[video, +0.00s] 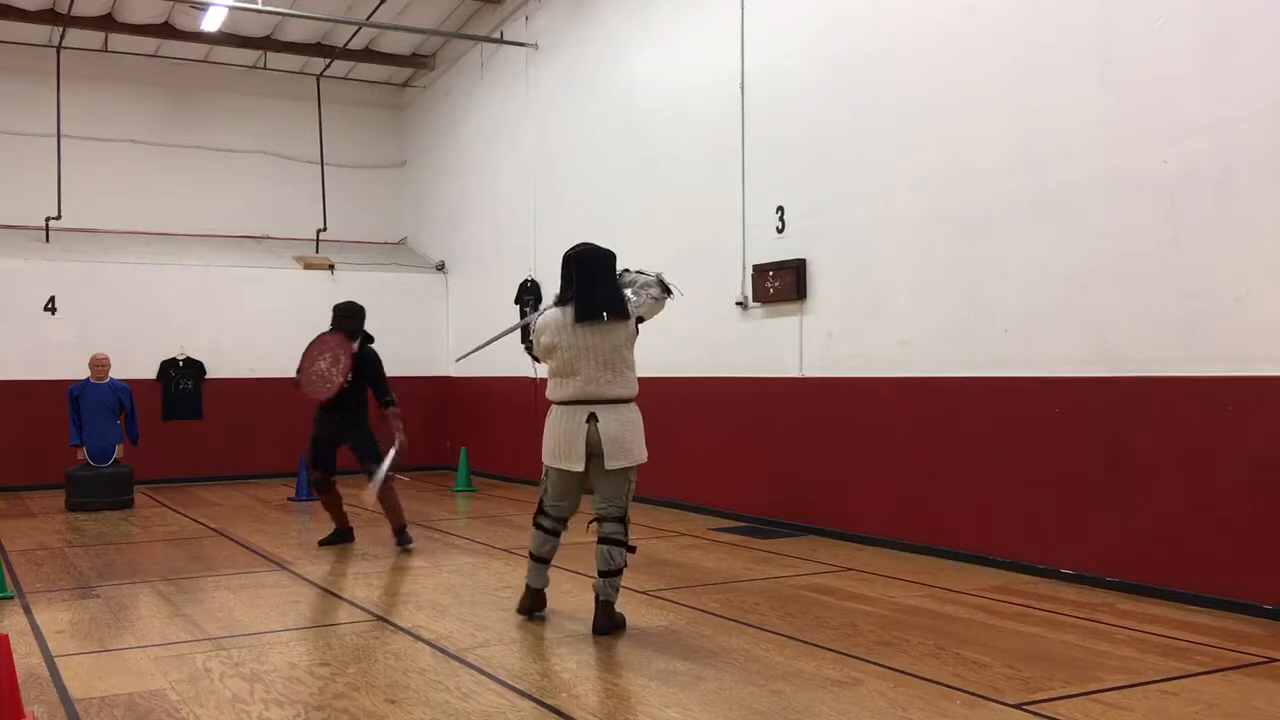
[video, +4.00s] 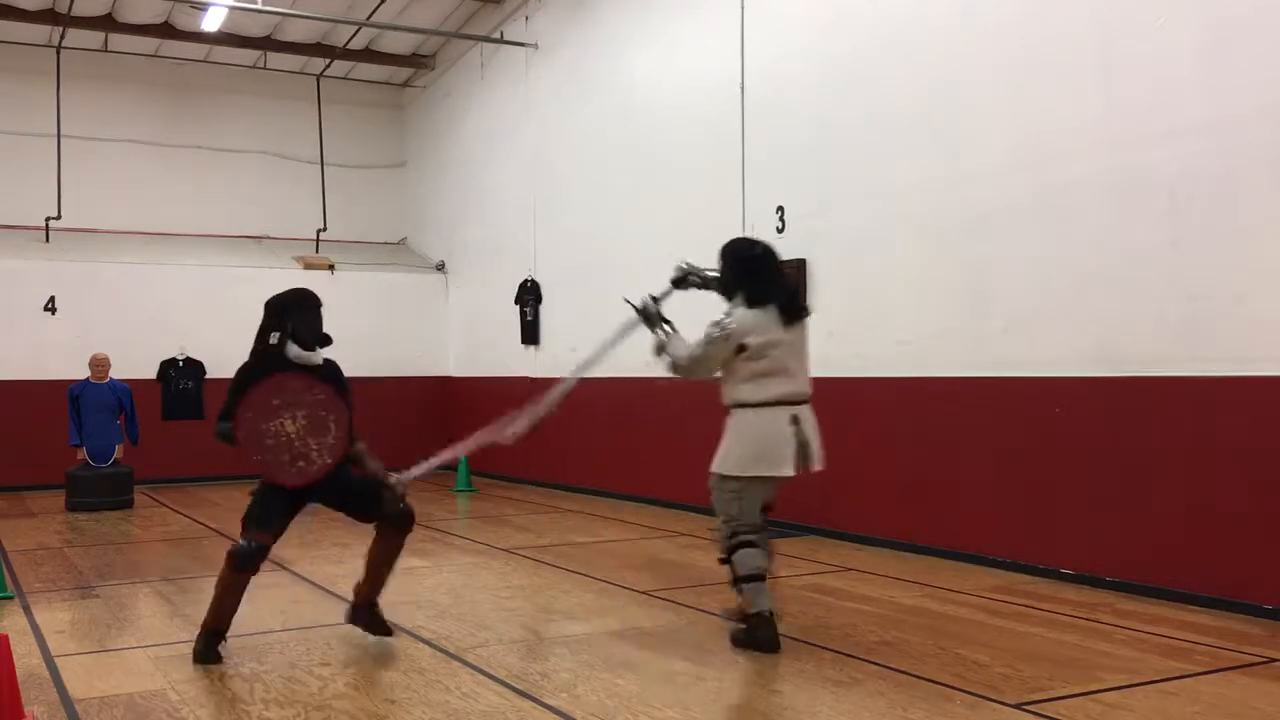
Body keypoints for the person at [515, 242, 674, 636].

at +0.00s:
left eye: (565, 274)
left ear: (567, 279)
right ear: (610, 277)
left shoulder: (551, 321)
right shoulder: (625, 312)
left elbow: (537, 351)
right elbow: (657, 291)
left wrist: (531, 310)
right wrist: (619, 275)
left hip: (566, 427)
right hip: (618, 427)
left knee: (552, 513)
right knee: (612, 517)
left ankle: (533, 593)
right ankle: (605, 610)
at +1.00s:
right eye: (555, 270)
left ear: (512, 277)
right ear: (554, 278)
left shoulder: (494, 319)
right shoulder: (569, 312)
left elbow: (481, 352)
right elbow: (598, 294)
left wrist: (486, 325)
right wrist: (575, 281)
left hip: (510, 423)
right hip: (562, 422)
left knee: (517, 511)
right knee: (558, 509)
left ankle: (523, 598)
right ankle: (552, 599)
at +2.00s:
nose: (481, 285)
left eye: (485, 278)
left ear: (488, 282)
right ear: (529, 281)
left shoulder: (470, 321)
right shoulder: (543, 318)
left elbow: (452, 358)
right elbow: (563, 298)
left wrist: (456, 330)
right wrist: (543, 285)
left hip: (481, 425)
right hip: (532, 424)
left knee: (477, 509)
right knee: (536, 509)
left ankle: (472, 595)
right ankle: (547, 601)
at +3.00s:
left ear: (488, 306)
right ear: (529, 303)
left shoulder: (473, 346)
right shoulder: (545, 336)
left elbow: (464, 389)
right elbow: (560, 317)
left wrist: (456, 357)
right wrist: (536, 300)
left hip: (490, 443)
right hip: (542, 441)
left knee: (479, 517)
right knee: (555, 513)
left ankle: (456, 593)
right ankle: (558, 585)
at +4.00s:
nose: (722, 279)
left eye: (725, 273)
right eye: (720, 272)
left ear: (736, 278)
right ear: (772, 271)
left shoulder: (737, 325)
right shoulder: (792, 313)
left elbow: (692, 361)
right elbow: (753, 293)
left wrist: (660, 327)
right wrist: (708, 281)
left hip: (753, 433)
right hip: (794, 430)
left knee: (738, 524)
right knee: (749, 514)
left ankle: (760, 621)